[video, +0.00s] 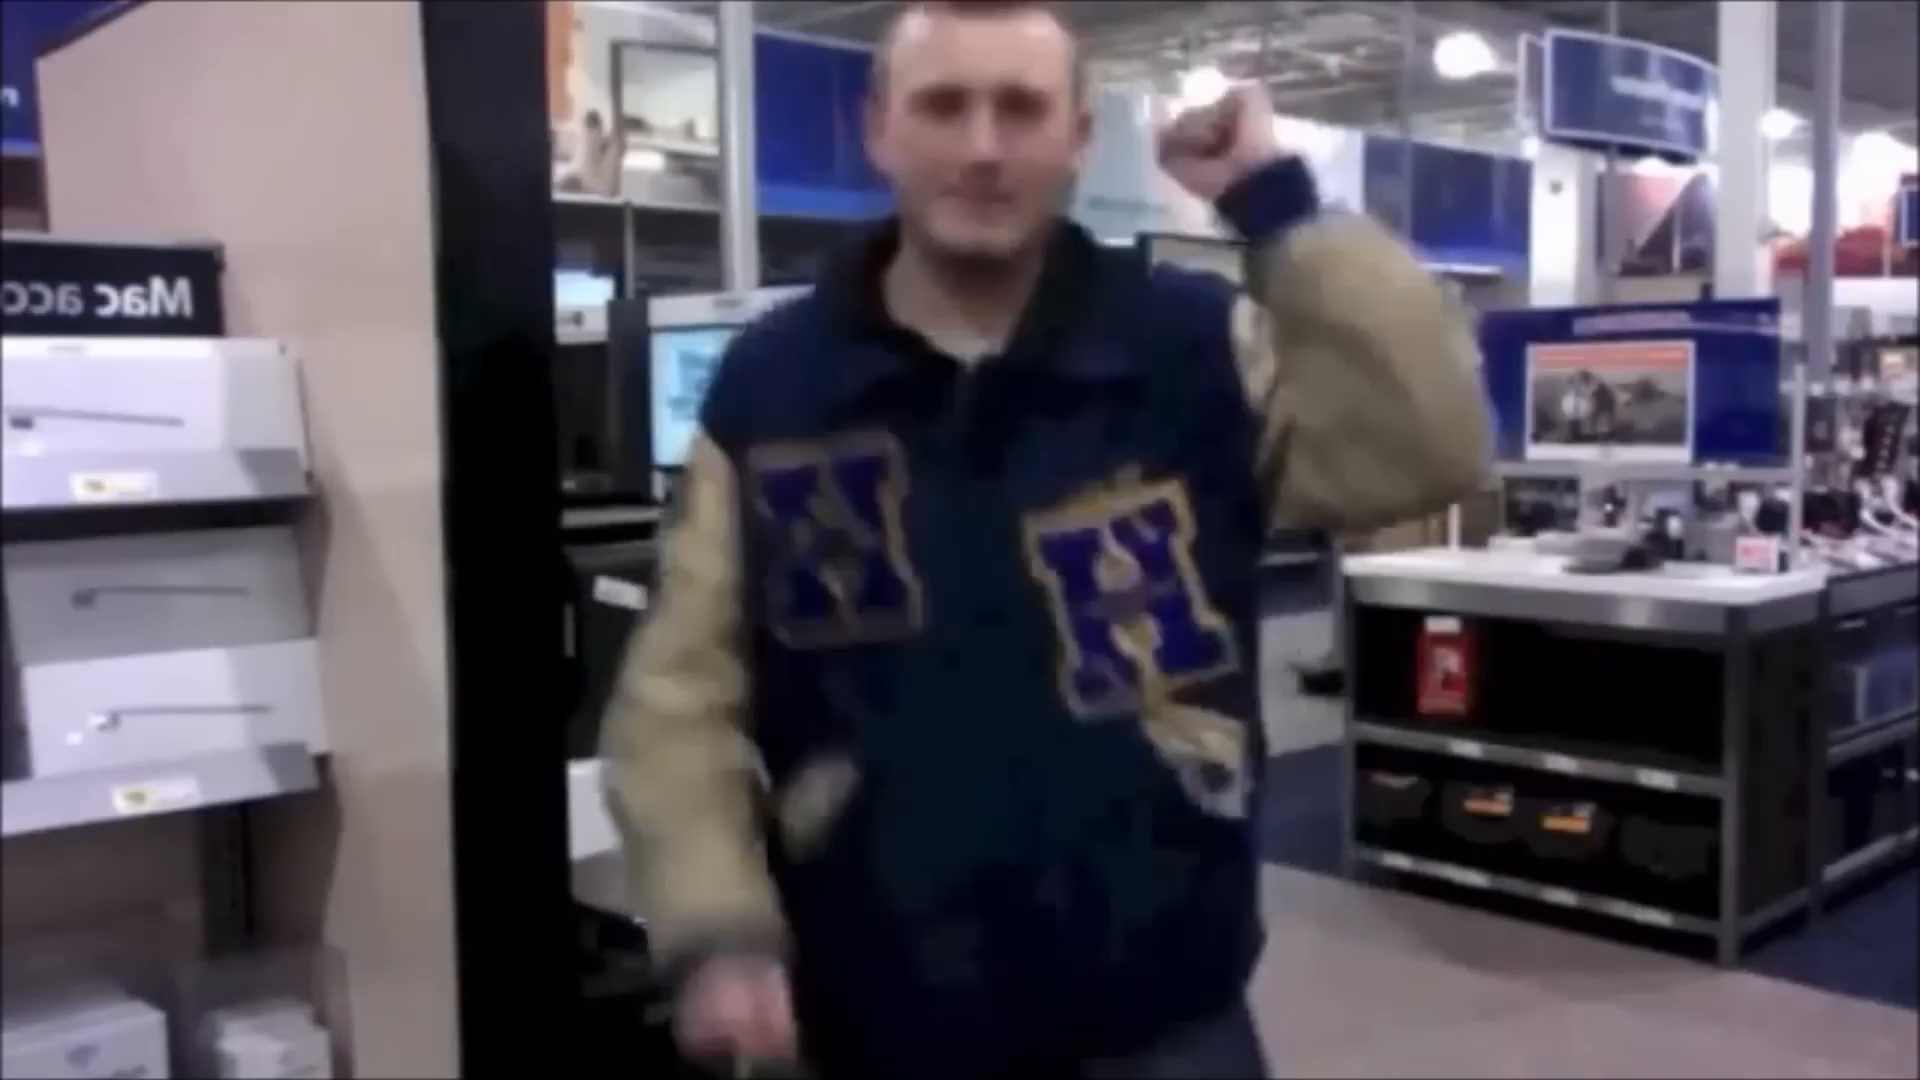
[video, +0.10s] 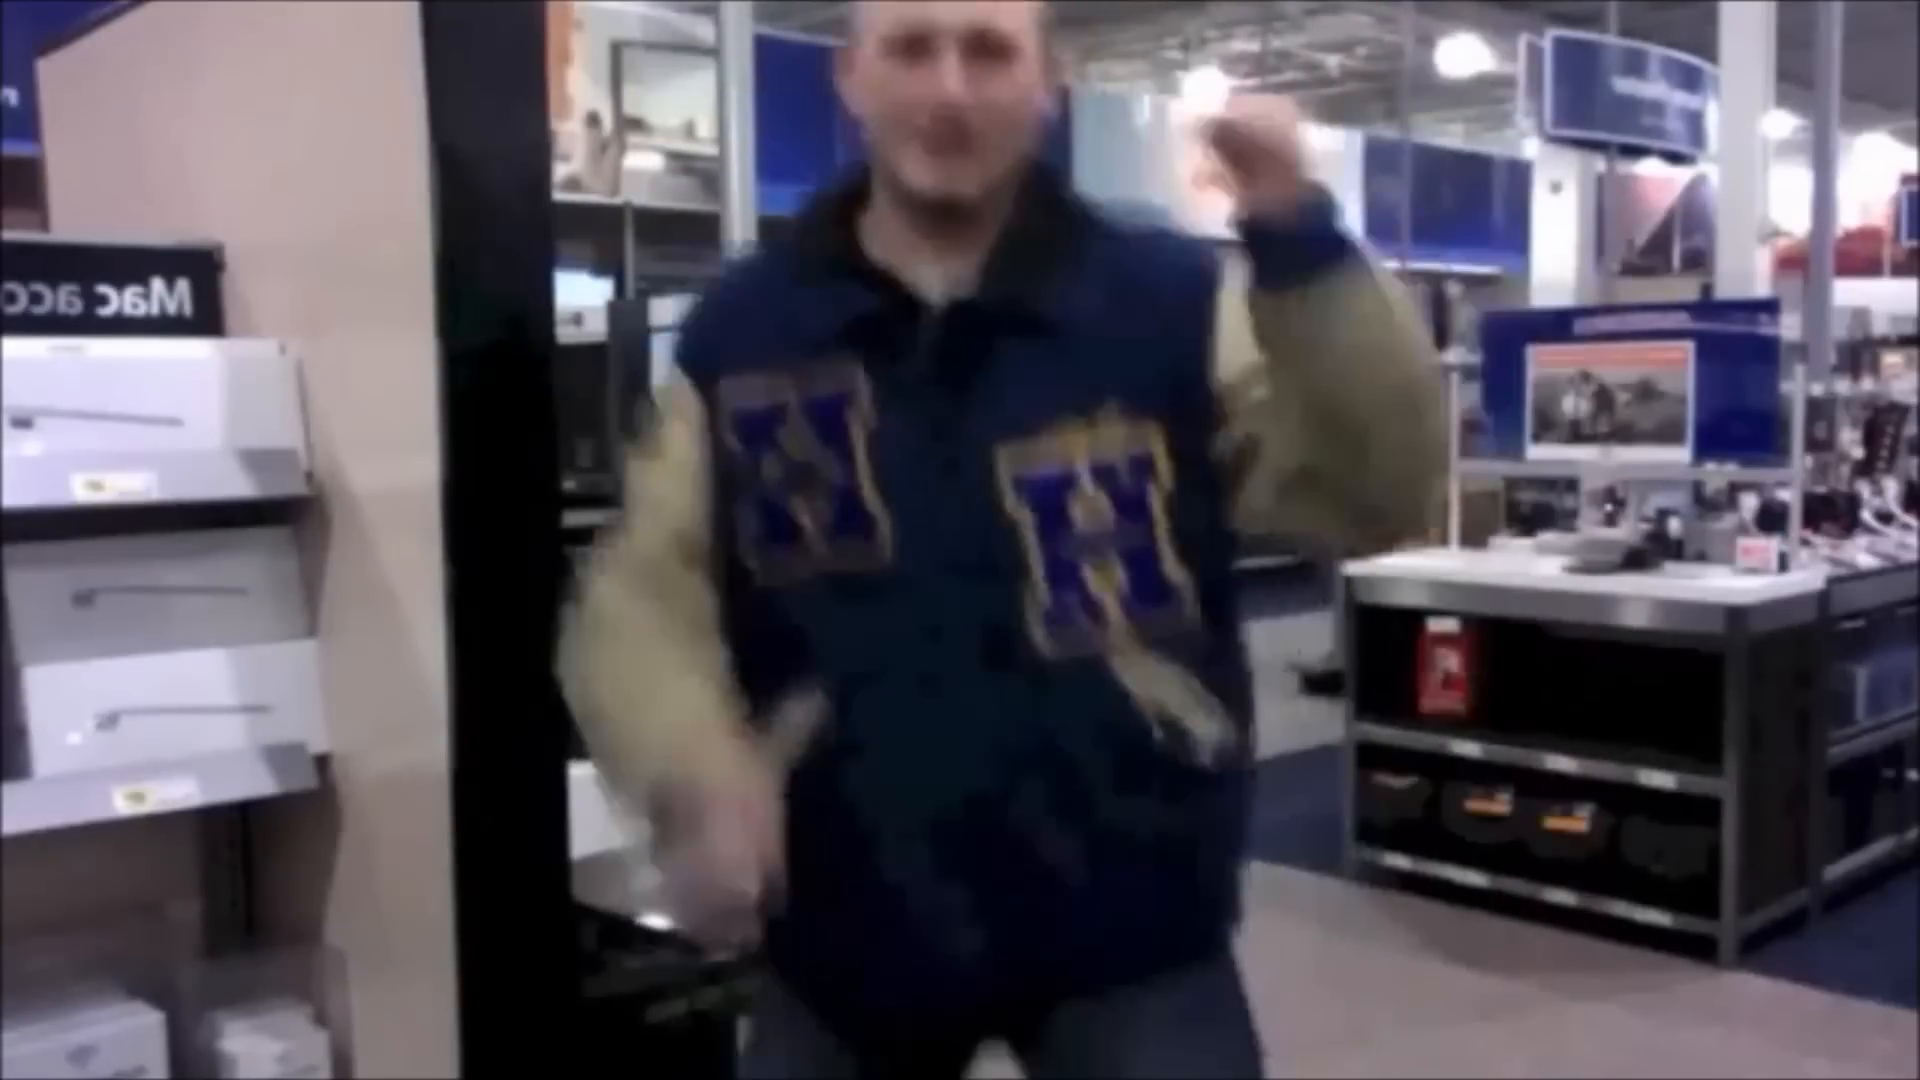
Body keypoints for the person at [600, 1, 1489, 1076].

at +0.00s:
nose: (982, 147)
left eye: (1020, 109)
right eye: (943, 107)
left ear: (1079, 134)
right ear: (878, 131)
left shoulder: (1189, 342)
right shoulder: (782, 379)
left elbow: (1428, 455)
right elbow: (682, 688)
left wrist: (1274, 203)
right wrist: (722, 941)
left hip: (1151, 994)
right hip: (884, 1003)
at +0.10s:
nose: (950, 90)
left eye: (989, 52)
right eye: (911, 51)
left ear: (1050, 83)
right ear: (848, 79)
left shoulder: (1175, 298)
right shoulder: (747, 331)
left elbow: (1381, 496)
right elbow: (636, 597)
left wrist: (1300, 239)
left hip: (1127, 918)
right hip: (857, 926)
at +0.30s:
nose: (935, 57)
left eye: (973, 20)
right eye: (895, 20)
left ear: (1027, 40)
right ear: (839, 40)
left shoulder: (1152, 264)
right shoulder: (730, 298)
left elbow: (1315, 517)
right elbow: (614, 549)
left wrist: (1339, 310)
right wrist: (695, 654)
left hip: (1112, 865)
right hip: (852, 876)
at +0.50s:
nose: (1013, 14)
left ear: (1099, 18)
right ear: (901, 17)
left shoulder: (1200, 242)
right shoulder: (792, 236)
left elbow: (1290, 472)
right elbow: (652, 426)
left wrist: (1368, 546)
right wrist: (694, 496)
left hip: (1131, 840)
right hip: (879, 841)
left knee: (1206, 1059)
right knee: (819, 1063)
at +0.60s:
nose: (1013, 14)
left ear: (1099, 18)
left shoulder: (1200, 242)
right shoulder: (791, 236)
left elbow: (1289, 472)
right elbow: (652, 426)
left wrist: (1368, 546)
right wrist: (694, 495)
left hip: (1131, 840)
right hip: (879, 841)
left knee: (1205, 1059)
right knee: (819, 1063)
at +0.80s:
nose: (1200, 139)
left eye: (1240, 104)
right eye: (1157, 99)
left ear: (1289, 133)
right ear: (1088, 116)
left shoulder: (1332, 353)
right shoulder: (944, 337)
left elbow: (1520, 538)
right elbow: (776, 630)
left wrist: (1420, 246)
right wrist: (686, 900)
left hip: (1244, 1000)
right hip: (970, 992)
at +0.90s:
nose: (1211, 156)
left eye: (1252, 121)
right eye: (1171, 116)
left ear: (1306, 149)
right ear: (1104, 130)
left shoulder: (1351, 366)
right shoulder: (957, 352)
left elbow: (1527, 563)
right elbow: (768, 626)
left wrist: (1413, 295)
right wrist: (678, 867)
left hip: (1267, 1014)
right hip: (986, 1005)